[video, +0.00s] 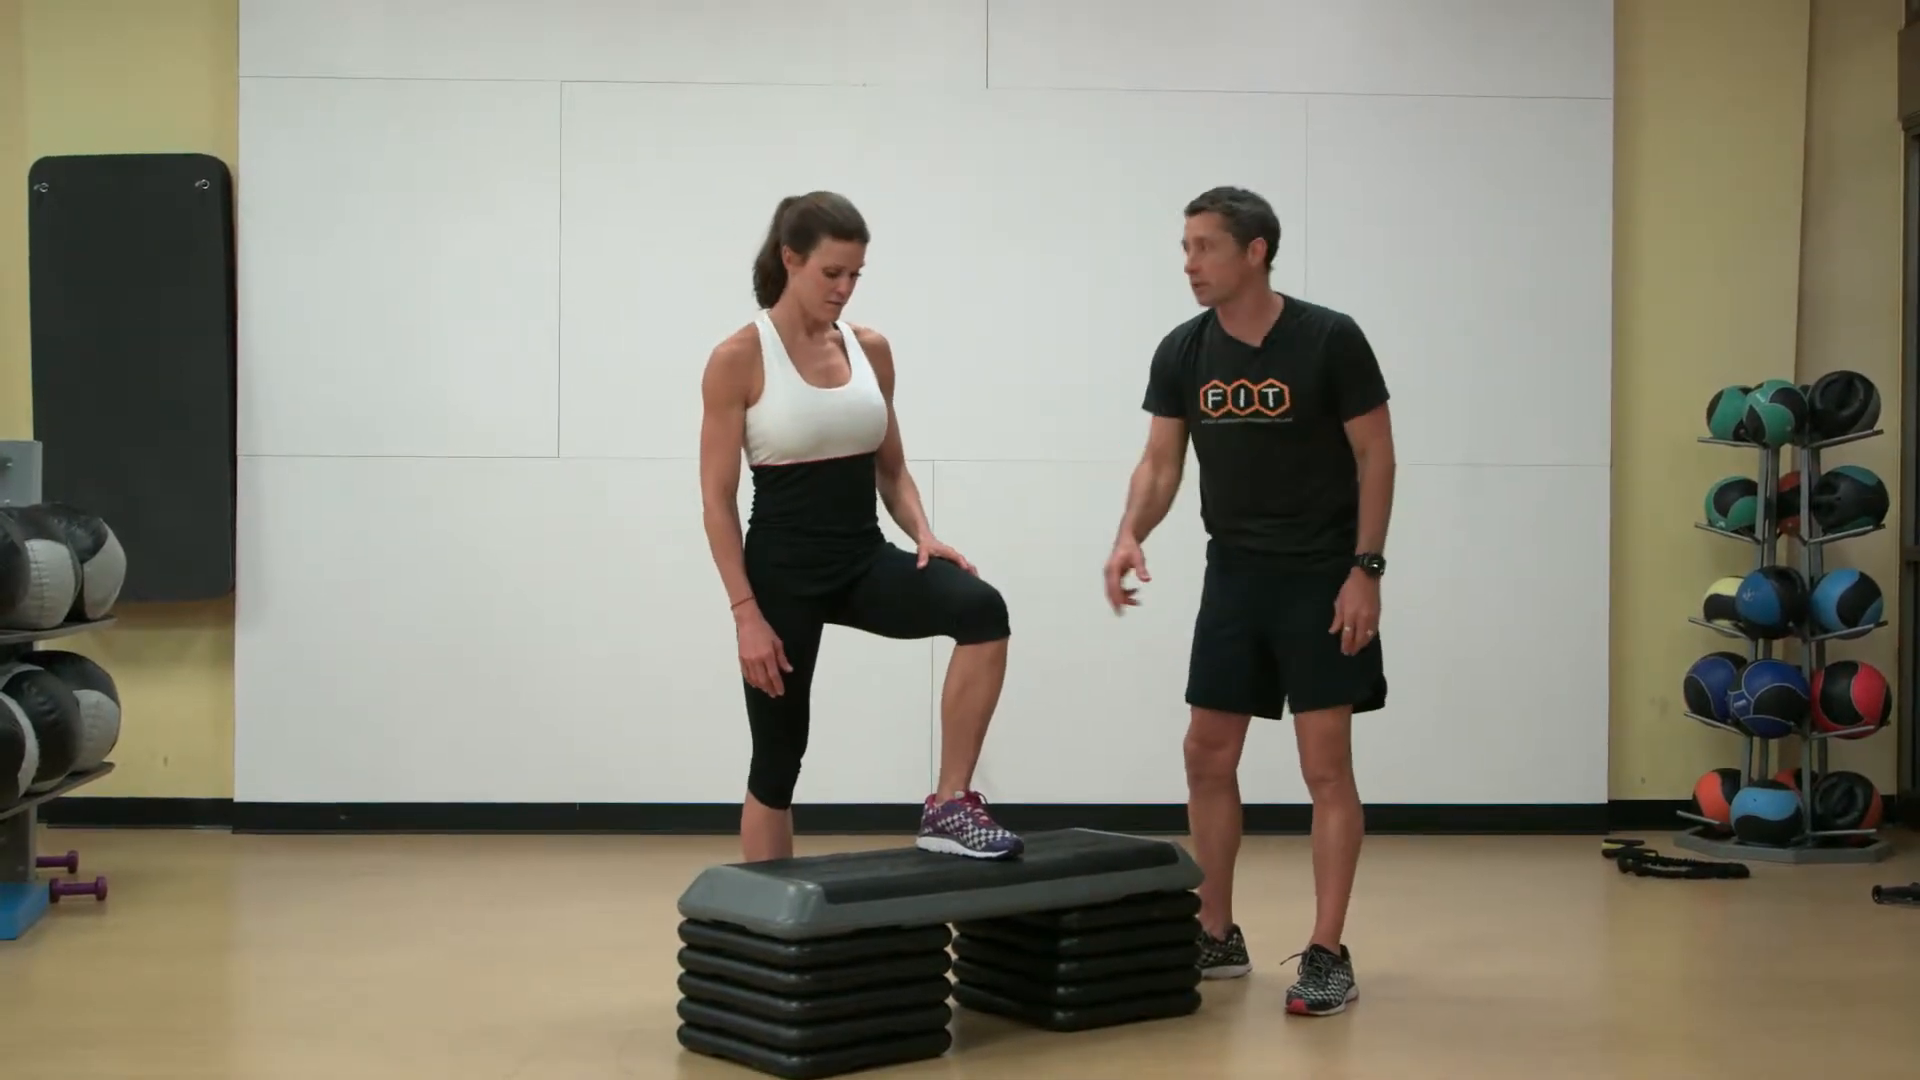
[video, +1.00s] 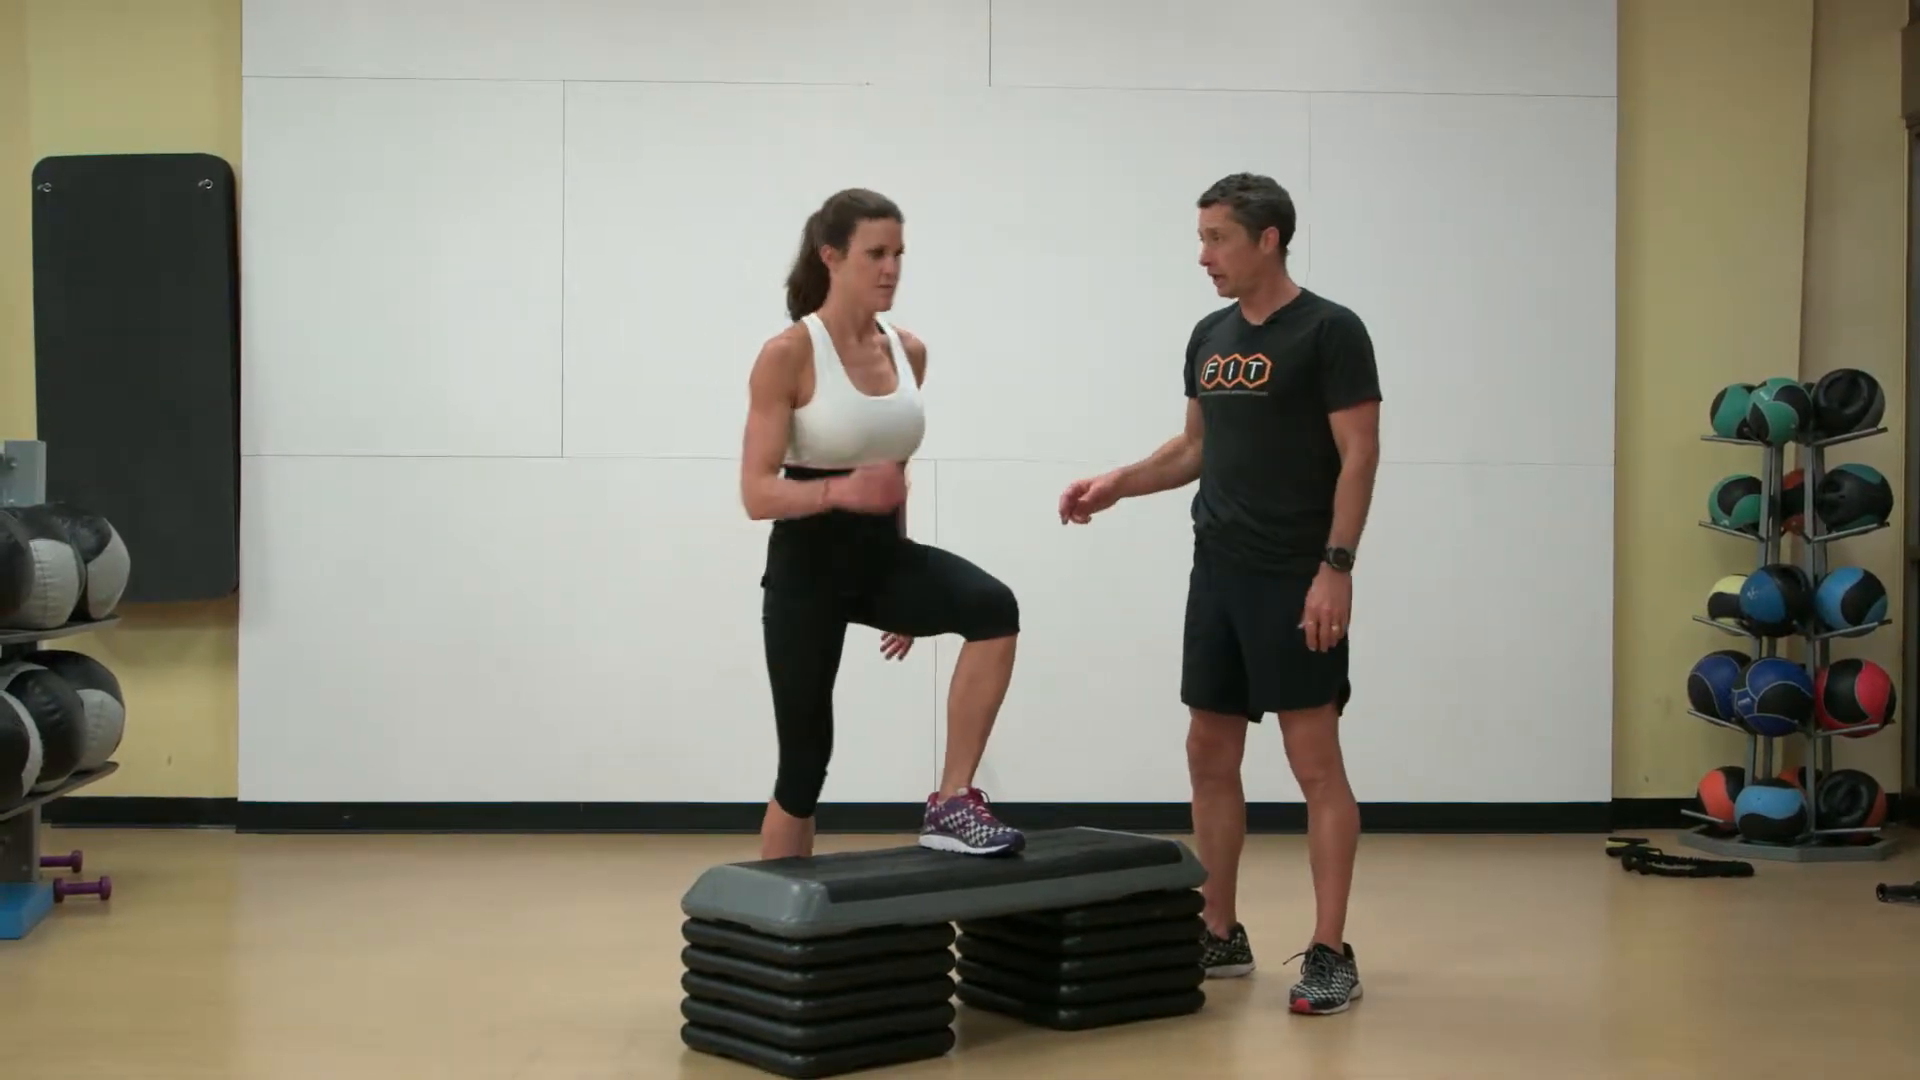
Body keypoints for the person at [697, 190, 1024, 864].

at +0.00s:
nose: (846, 288)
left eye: (855, 274)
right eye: (833, 272)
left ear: (861, 270)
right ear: (789, 261)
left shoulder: (869, 350)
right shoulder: (739, 360)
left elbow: (891, 468)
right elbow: (717, 500)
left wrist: (924, 535)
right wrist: (745, 613)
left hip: (861, 561)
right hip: (782, 570)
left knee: (982, 611)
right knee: (776, 766)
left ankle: (951, 803)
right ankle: (767, 932)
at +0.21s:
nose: (851, 286)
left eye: (860, 271)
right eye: (838, 269)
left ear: (867, 268)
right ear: (795, 256)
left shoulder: (872, 348)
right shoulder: (745, 356)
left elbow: (893, 468)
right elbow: (720, 498)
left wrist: (926, 532)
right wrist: (745, 613)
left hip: (864, 557)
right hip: (785, 567)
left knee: (985, 610)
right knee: (785, 763)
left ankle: (950, 801)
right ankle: (770, 933)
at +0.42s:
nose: (853, 285)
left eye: (863, 270)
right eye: (841, 268)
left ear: (869, 267)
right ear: (797, 255)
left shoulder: (870, 349)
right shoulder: (748, 353)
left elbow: (887, 472)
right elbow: (722, 494)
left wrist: (931, 536)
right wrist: (750, 610)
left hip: (862, 558)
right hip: (785, 568)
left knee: (988, 608)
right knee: (784, 761)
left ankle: (951, 802)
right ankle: (775, 933)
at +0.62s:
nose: (853, 280)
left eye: (862, 266)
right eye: (840, 263)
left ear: (867, 264)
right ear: (796, 252)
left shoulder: (869, 348)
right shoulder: (749, 351)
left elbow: (884, 473)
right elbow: (725, 492)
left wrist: (932, 559)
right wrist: (761, 604)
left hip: (861, 558)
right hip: (785, 569)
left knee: (984, 606)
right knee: (785, 763)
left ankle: (953, 800)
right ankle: (771, 934)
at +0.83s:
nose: (865, 272)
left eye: (872, 258)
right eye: (851, 256)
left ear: (876, 259)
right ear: (804, 253)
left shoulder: (880, 349)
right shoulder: (760, 354)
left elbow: (886, 476)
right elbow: (729, 491)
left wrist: (915, 598)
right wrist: (795, 565)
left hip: (872, 558)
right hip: (791, 567)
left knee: (982, 605)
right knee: (789, 765)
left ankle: (952, 801)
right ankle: (774, 935)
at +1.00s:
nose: (892, 267)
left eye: (898, 253)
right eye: (876, 253)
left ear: (902, 258)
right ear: (831, 258)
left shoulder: (906, 353)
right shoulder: (787, 356)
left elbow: (894, 471)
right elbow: (757, 494)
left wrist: (899, 592)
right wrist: (841, 489)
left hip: (881, 558)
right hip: (806, 568)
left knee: (993, 609)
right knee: (804, 768)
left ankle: (952, 802)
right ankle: (775, 937)